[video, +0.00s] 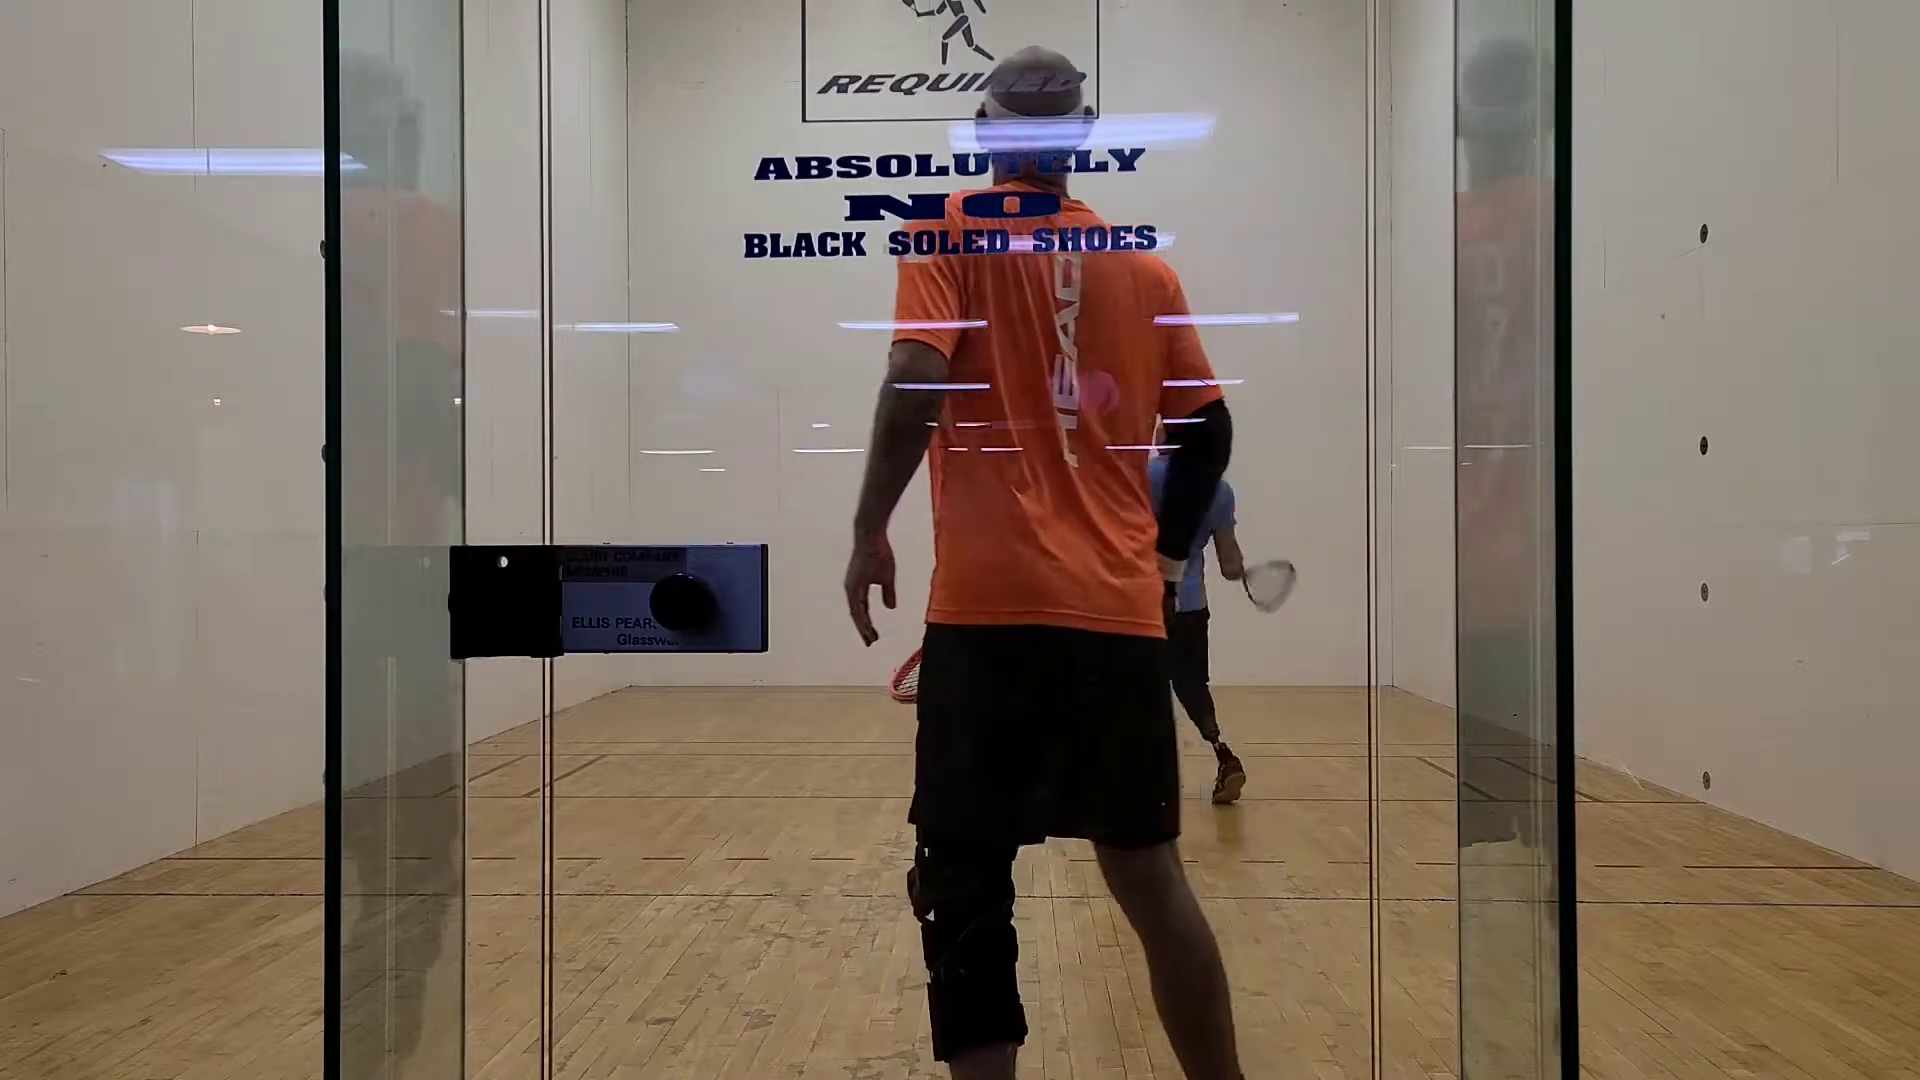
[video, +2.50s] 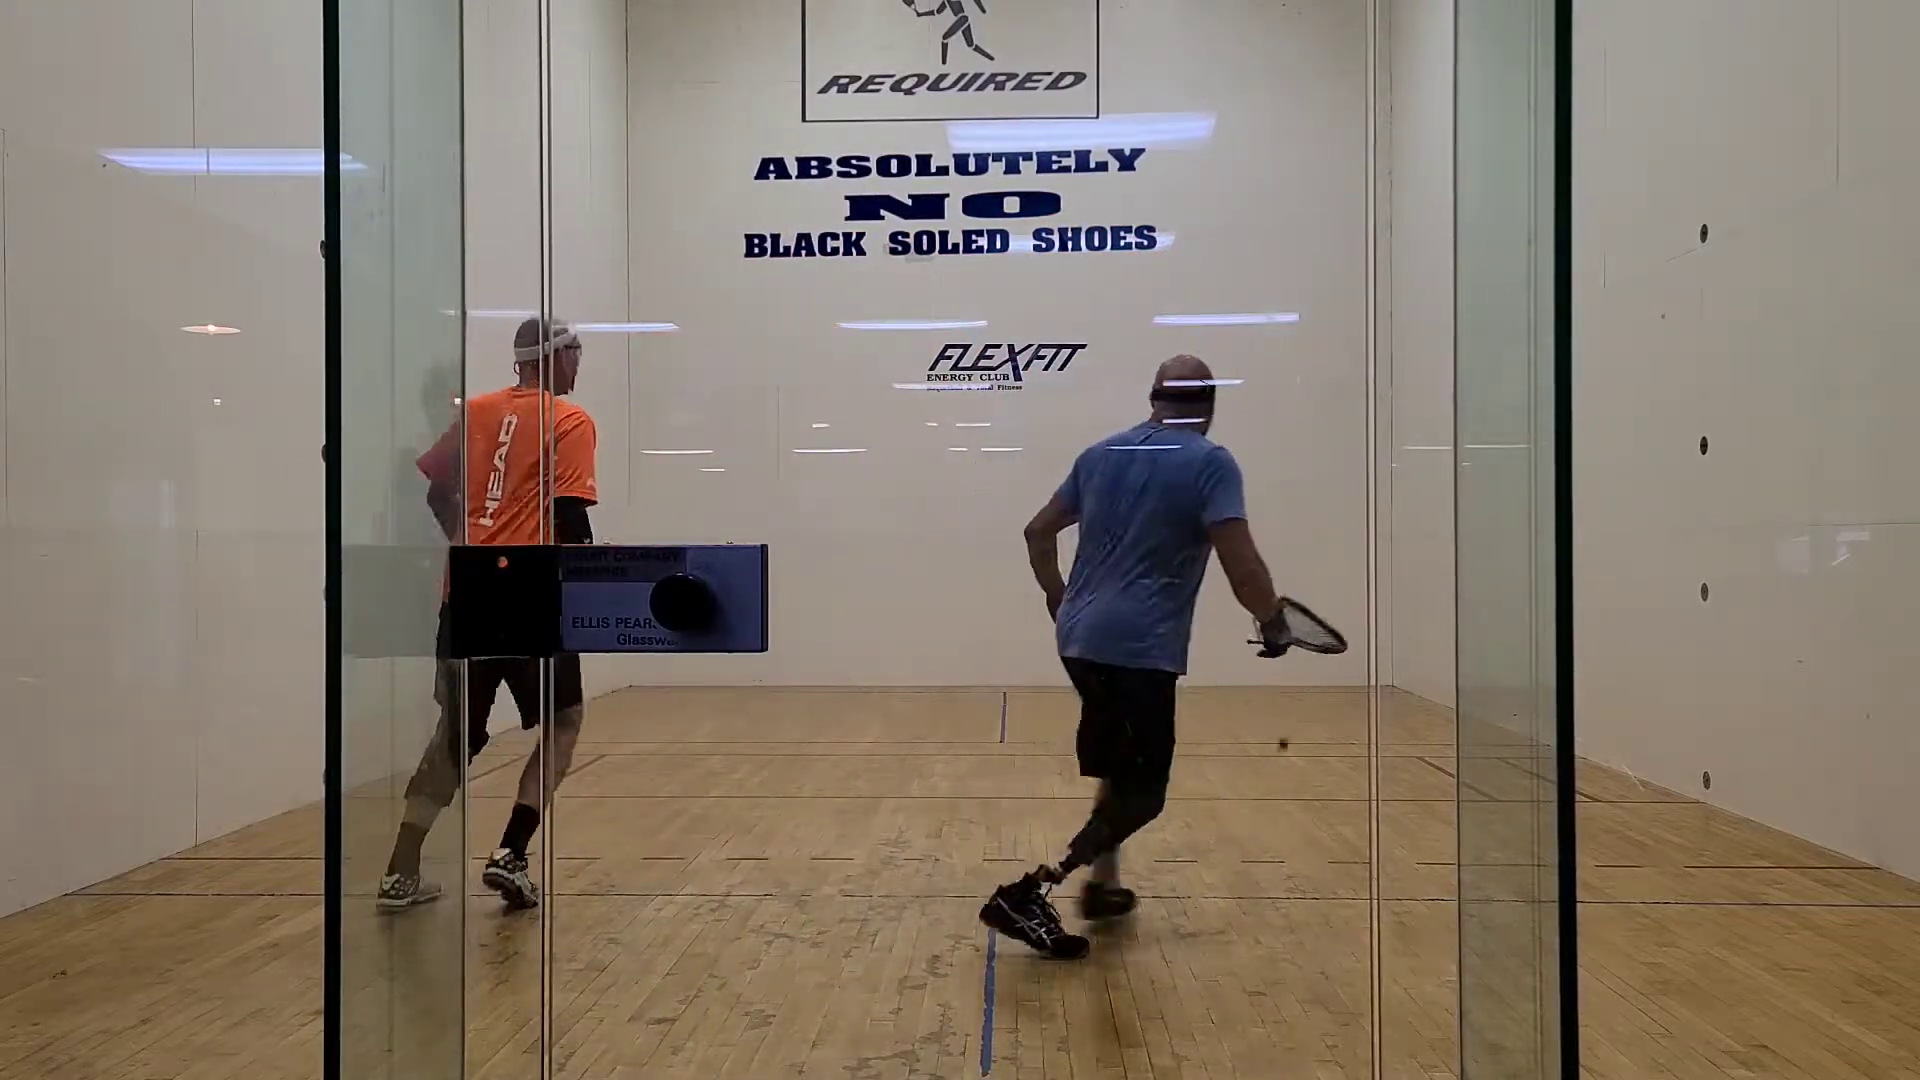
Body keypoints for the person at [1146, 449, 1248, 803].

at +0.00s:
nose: (1158, 434)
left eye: (1161, 429)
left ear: (1164, 435)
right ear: (1208, 443)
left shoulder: (1141, 478)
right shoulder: (1217, 490)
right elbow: (1229, 564)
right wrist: (1242, 570)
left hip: (1140, 603)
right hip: (1189, 607)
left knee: (1142, 699)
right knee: (1192, 685)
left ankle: (1142, 792)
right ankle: (1223, 752)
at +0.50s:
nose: (1165, 421)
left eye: (1174, 415)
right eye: (1168, 413)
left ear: (1198, 428)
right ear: (1206, 433)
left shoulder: (1172, 466)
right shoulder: (1233, 480)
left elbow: (1133, 515)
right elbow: (1235, 556)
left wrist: (1112, 475)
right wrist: (1221, 608)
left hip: (1159, 601)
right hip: (1209, 605)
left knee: (1129, 681)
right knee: (1203, 686)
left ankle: (1143, 780)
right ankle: (1231, 773)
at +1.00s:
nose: (1102, 408)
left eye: (1111, 399)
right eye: (1104, 399)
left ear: (1141, 406)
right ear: (1145, 410)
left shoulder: (1136, 450)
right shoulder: (1175, 449)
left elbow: (1147, 508)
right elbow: (1167, 526)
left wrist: (1101, 532)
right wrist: (1122, 582)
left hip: (1140, 596)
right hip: (1181, 592)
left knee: (1111, 681)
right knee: (1162, 679)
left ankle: (1140, 790)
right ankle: (1197, 779)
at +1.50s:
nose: (1071, 400)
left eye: (1075, 392)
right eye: (1074, 391)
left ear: (1087, 392)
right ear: (1122, 399)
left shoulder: (1075, 438)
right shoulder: (1152, 450)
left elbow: (1050, 505)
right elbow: (1165, 537)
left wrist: (1023, 512)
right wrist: (1147, 582)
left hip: (1083, 600)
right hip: (1141, 599)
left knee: (1067, 698)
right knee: (1139, 692)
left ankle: (1095, 817)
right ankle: (1176, 802)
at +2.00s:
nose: (1088, 408)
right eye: (1091, 399)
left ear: (1044, 399)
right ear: (1096, 402)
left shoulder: (1002, 448)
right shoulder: (1114, 454)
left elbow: (956, 521)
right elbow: (1133, 546)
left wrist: (999, 546)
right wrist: (1148, 613)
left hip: (1011, 612)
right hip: (1088, 613)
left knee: (997, 729)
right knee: (1118, 717)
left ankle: (987, 859)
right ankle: (1154, 843)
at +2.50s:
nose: (1206, 412)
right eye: (1208, 403)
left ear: (1153, 402)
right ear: (1209, 405)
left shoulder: (1101, 455)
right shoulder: (1210, 462)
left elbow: (1039, 531)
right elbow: (1240, 562)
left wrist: (1056, 595)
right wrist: (1271, 620)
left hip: (1077, 639)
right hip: (1142, 649)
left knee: (1115, 761)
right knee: (1143, 794)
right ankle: (1034, 891)